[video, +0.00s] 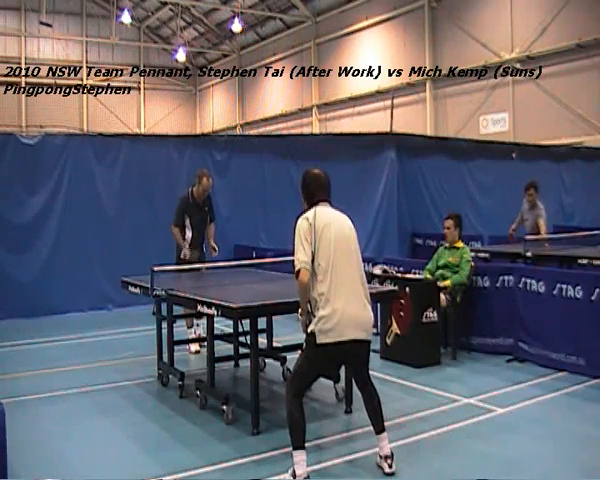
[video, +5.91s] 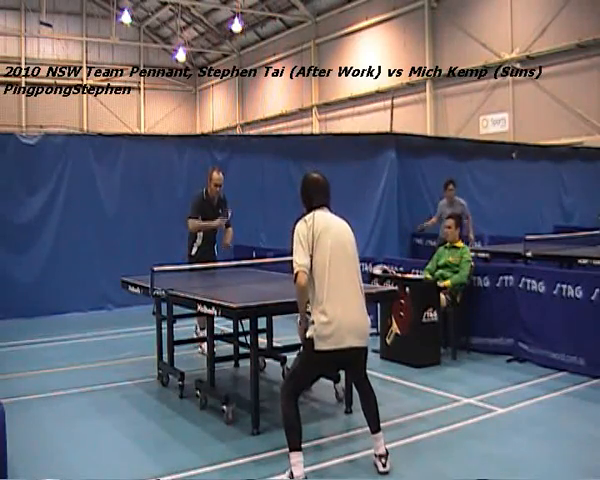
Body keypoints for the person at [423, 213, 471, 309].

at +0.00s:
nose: (445, 232)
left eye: (448, 228)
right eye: (444, 228)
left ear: (457, 230)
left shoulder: (464, 251)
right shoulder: (442, 249)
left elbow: (463, 277)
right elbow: (430, 268)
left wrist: (445, 283)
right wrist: (428, 277)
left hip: (453, 285)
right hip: (436, 282)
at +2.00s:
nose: (445, 232)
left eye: (448, 229)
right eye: (444, 229)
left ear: (457, 230)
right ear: (443, 230)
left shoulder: (464, 251)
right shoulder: (442, 249)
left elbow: (463, 276)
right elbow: (430, 267)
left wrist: (446, 283)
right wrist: (428, 277)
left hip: (452, 284)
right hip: (436, 281)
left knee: (442, 298)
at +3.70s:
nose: (445, 232)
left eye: (448, 229)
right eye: (444, 228)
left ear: (457, 231)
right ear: (443, 229)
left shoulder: (464, 251)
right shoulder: (441, 249)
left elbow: (463, 275)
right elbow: (429, 268)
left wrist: (446, 283)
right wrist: (427, 276)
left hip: (453, 284)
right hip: (435, 282)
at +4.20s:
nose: (445, 232)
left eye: (448, 229)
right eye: (444, 229)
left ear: (458, 230)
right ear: (443, 230)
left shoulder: (464, 251)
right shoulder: (441, 249)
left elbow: (463, 275)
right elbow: (432, 265)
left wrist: (446, 283)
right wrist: (429, 274)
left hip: (454, 284)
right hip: (437, 282)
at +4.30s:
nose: (445, 232)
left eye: (449, 229)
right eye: (445, 229)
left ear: (458, 230)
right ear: (444, 230)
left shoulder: (464, 251)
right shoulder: (442, 249)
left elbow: (463, 275)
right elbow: (430, 267)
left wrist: (446, 283)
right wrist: (426, 277)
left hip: (452, 286)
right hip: (435, 283)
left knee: (437, 301)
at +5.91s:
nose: (445, 231)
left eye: (449, 228)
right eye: (444, 228)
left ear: (457, 230)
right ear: (441, 229)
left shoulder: (464, 251)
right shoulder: (441, 249)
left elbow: (463, 276)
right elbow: (429, 268)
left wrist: (445, 283)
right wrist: (428, 277)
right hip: (435, 282)